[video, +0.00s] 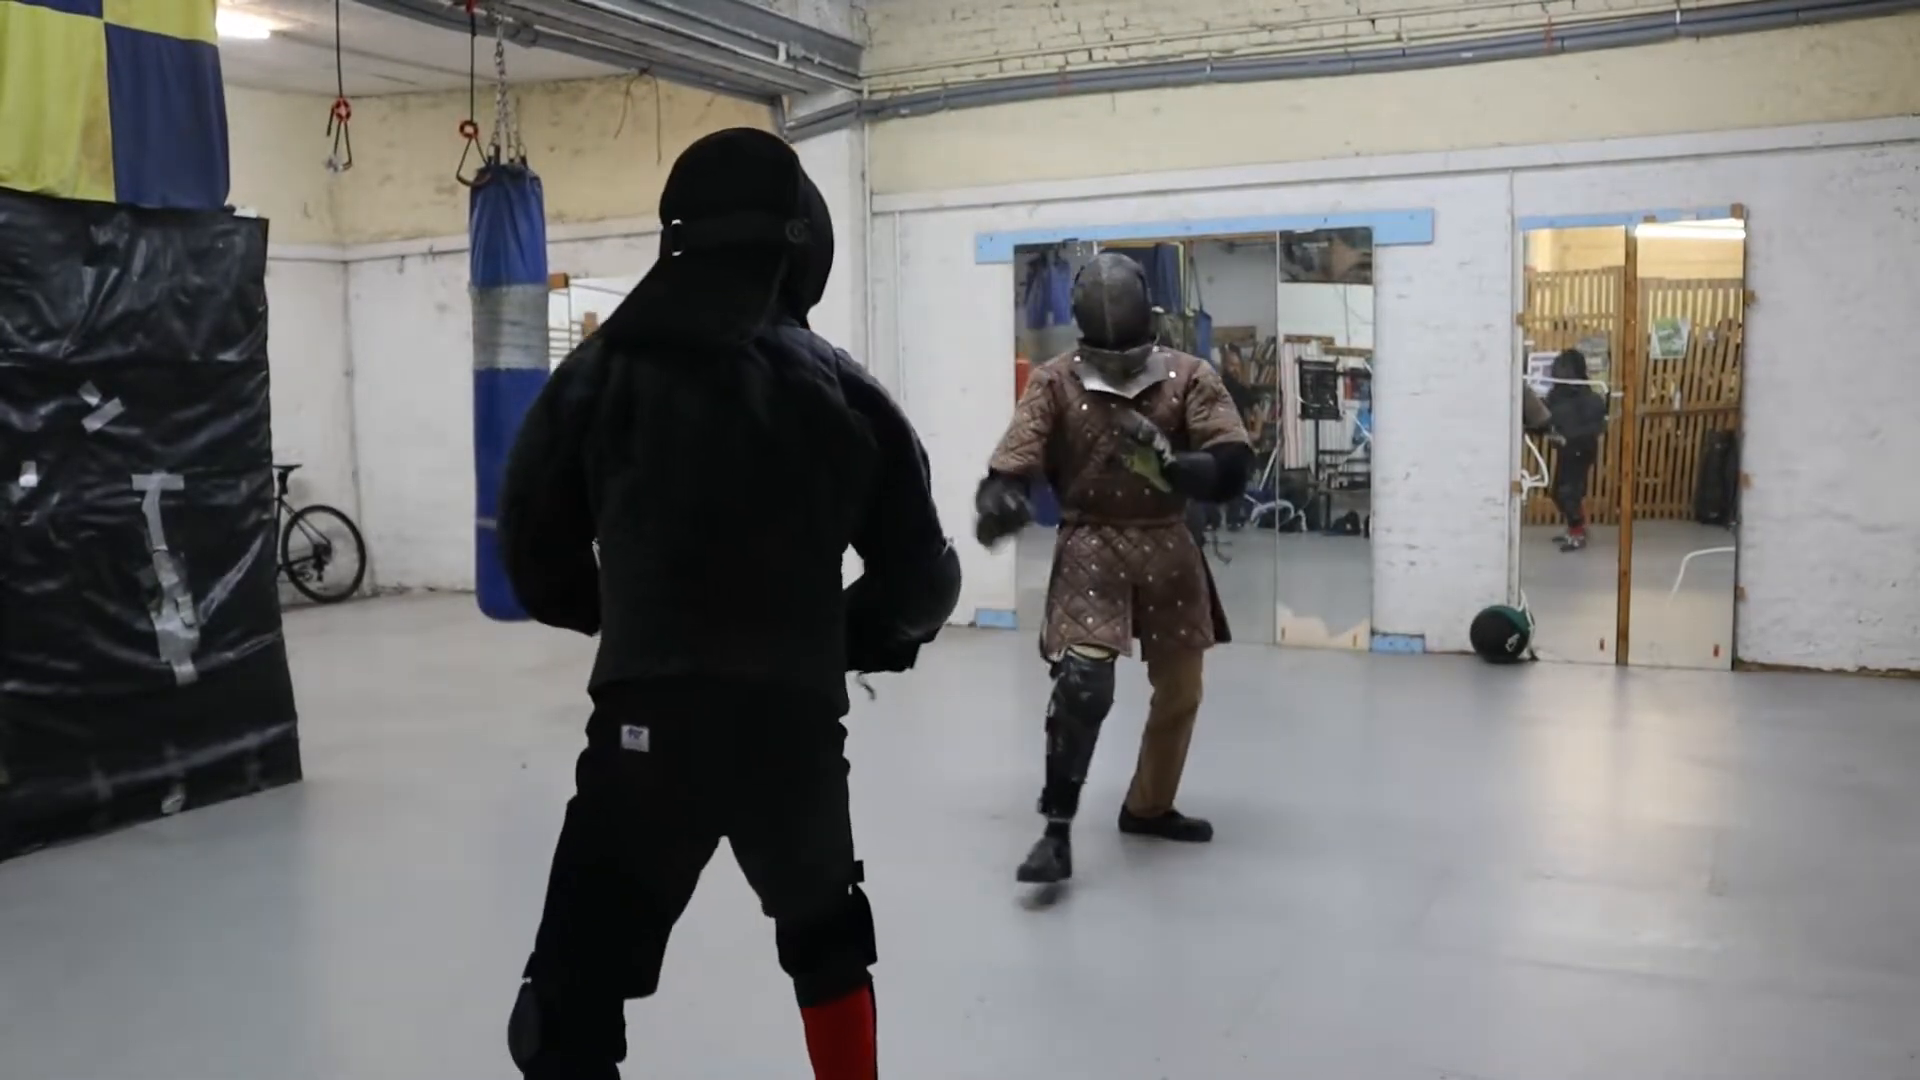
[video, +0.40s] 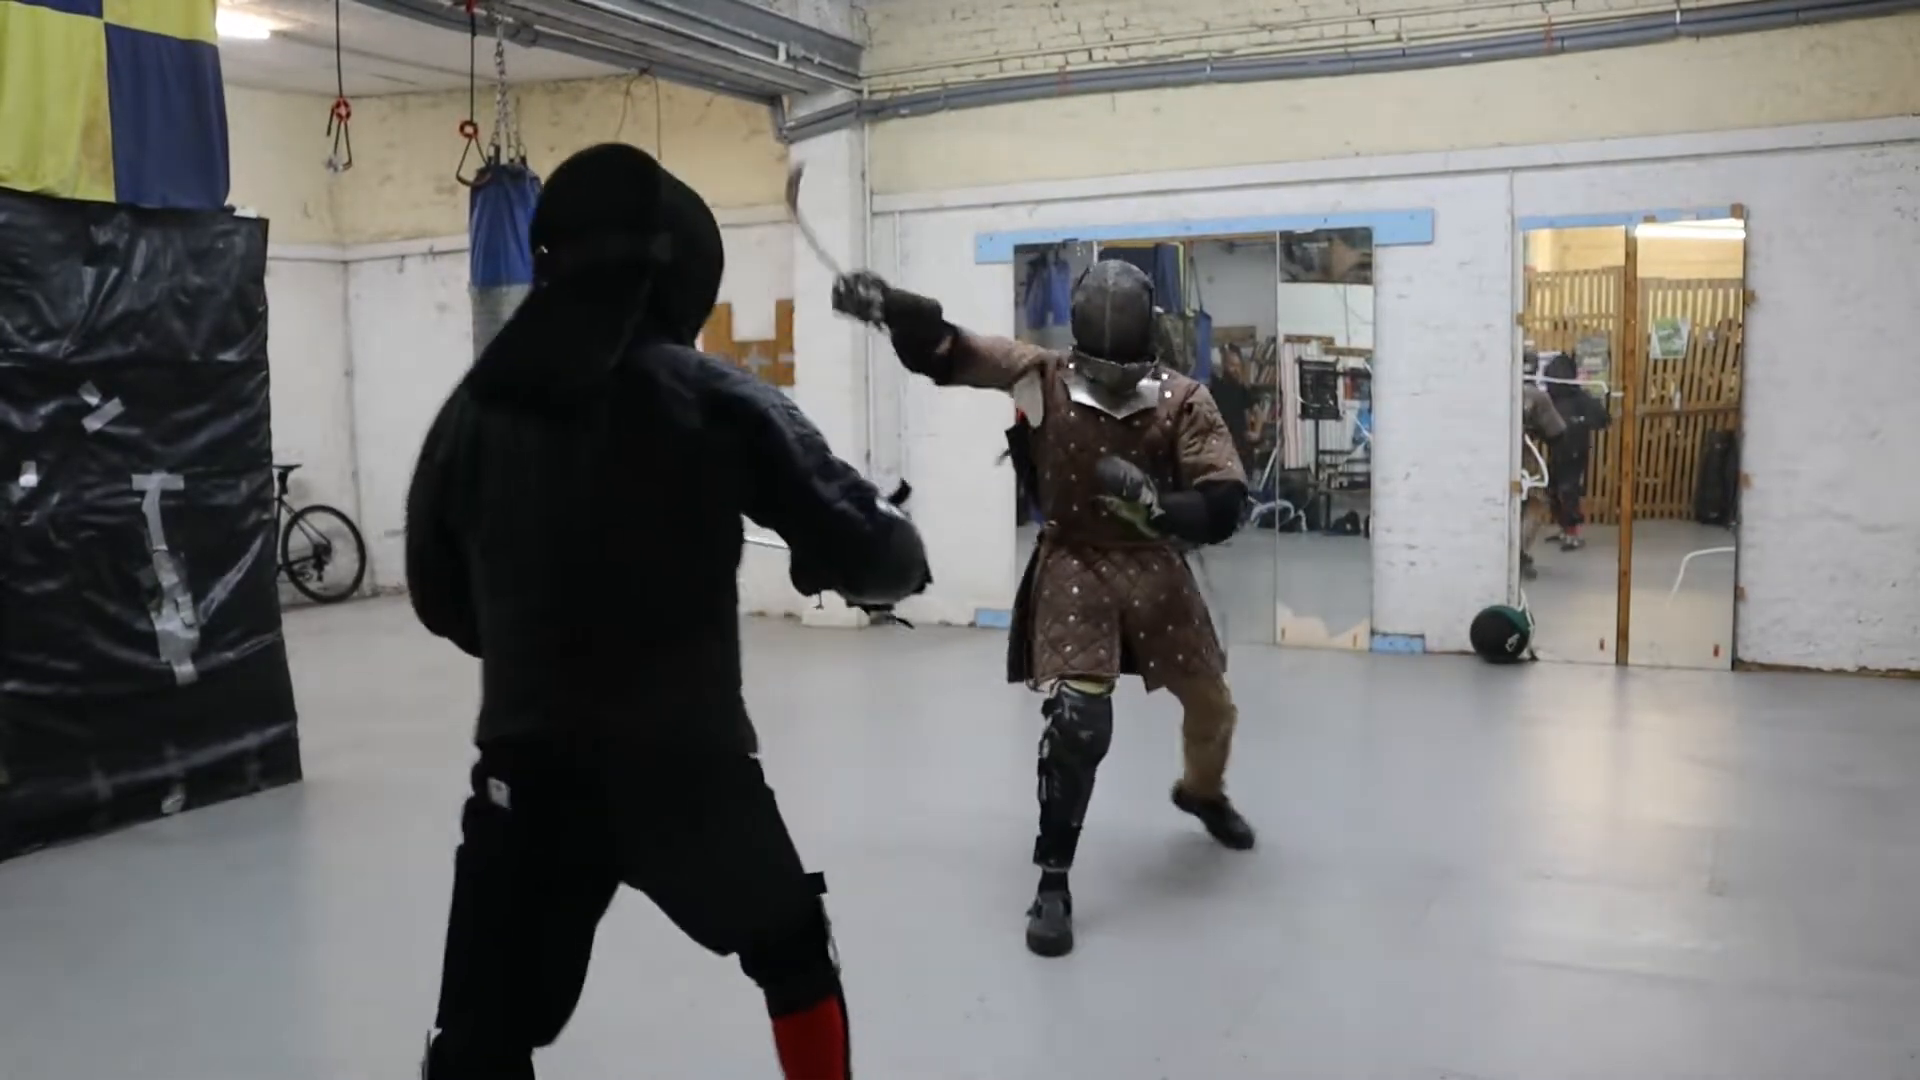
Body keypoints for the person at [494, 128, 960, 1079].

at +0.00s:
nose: (814, 258)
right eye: (807, 239)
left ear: (676, 243)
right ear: (796, 248)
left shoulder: (598, 374)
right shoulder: (839, 391)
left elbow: (536, 558)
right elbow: (922, 575)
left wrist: (625, 605)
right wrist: (841, 636)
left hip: (645, 736)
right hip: (792, 735)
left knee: (578, 984)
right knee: (827, 942)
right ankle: (849, 1073)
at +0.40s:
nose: (710, 284)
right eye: (699, 260)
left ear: (550, 263)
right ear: (681, 269)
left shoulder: (476, 410)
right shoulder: (714, 401)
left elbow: (441, 597)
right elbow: (880, 557)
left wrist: (551, 636)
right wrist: (869, 550)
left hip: (528, 778)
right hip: (688, 776)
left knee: (476, 1040)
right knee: (791, 949)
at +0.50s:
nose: (692, 263)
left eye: (684, 237)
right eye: (681, 238)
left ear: (533, 243)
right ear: (656, 246)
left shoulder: (454, 390)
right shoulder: (688, 377)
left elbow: (420, 577)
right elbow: (858, 526)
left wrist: (533, 620)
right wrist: (880, 518)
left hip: (512, 764)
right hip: (672, 761)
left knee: (449, 1026)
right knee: (776, 946)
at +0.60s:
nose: (663, 274)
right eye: (651, 249)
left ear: (500, 261)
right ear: (626, 260)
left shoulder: (433, 409)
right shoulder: (657, 390)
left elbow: (417, 600)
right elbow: (850, 517)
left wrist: (539, 576)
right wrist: (887, 484)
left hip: (491, 793)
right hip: (650, 787)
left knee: (407, 1038)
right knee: (784, 950)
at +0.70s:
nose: (623, 297)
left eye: (618, 268)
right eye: (613, 269)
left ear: (455, 271)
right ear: (586, 276)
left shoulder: (390, 423)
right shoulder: (612, 412)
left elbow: (378, 617)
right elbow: (796, 552)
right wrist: (834, 497)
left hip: (441, 818)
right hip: (602, 812)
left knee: (372, 1057)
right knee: (759, 959)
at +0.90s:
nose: (555, 278)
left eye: (553, 253)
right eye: (549, 255)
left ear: (383, 251)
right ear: (518, 258)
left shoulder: (309, 400)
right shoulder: (551, 396)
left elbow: (278, 603)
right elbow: (657, 578)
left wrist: (389, 639)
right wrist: (715, 622)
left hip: (375, 797)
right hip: (541, 792)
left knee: (336, 1059)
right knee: (687, 991)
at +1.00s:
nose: (546, 269)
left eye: (543, 245)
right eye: (540, 247)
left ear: (371, 247)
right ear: (510, 251)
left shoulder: (301, 395)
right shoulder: (545, 389)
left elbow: (276, 591)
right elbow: (658, 584)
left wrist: (389, 621)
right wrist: (706, 598)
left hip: (373, 794)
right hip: (537, 787)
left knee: (337, 1057)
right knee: (679, 954)